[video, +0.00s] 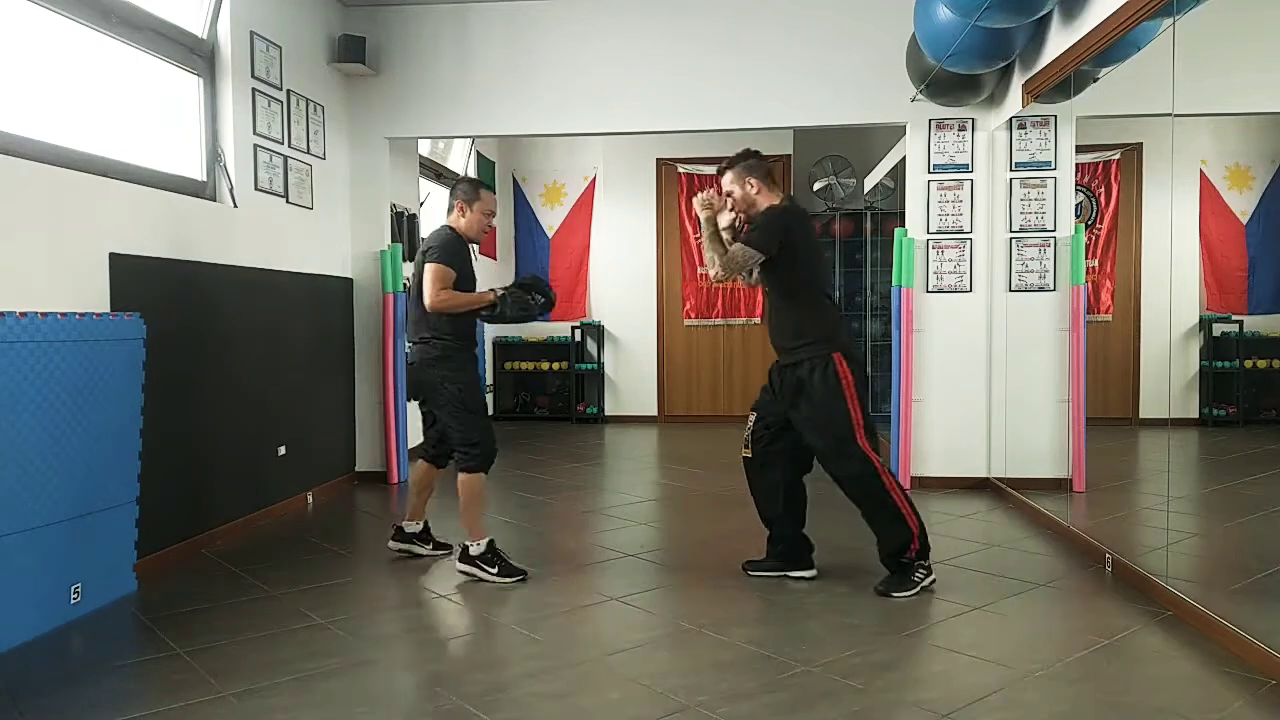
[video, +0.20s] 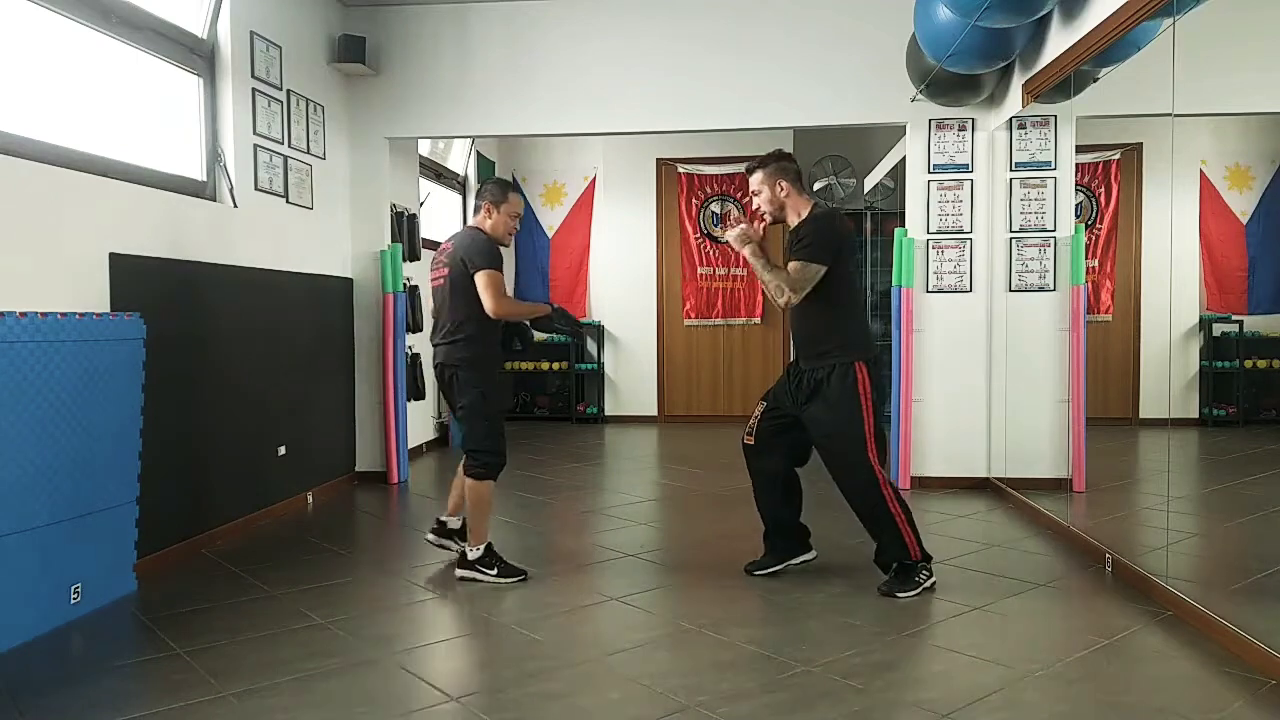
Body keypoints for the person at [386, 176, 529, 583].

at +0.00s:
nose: (490, 224)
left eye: (492, 217)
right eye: (486, 215)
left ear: (463, 213)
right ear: (460, 209)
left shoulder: (451, 245)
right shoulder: (444, 242)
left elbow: (454, 302)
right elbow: (435, 299)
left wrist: (498, 299)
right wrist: (492, 298)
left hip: (437, 365)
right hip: (446, 366)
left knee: (437, 447)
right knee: (474, 451)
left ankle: (411, 528)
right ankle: (477, 549)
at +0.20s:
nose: (517, 226)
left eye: (519, 219)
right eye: (513, 217)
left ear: (484, 214)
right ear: (487, 210)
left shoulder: (454, 245)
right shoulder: (479, 244)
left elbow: (459, 308)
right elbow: (496, 305)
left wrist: (513, 318)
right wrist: (546, 310)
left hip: (454, 361)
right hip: (472, 364)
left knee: (479, 448)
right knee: (486, 455)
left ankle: (450, 522)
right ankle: (476, 553)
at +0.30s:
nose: (524, 223)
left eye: (526, 216)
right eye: (520, 214)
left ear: (489, 211)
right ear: (494, 208)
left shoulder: (457, 244)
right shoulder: (491, 241)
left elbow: (433, 304)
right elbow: (504, 303)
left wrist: (484, 313)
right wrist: (552, 310)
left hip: (458, 358)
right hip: (480, 359)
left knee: (494, 450)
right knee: (499, 451)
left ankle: (488, 539)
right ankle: (482, 548)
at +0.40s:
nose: (523, 224)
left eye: (525, 216)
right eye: (519, 215)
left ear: (491, 212)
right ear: (494, 209)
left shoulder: (460, 245)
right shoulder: (488, 242)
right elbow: (500, 302)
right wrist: (548, 304)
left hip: (462, 366)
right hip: (489, 362)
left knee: (491, 450)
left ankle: (489, 544)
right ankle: (528, 512)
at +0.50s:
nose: (521, 224)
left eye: (522, 217)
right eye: (517, 215)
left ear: (490, 212)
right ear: (491, 209)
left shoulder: (467, 242)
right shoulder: (484, 239)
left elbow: (495, 300)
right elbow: (507, 296)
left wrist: (535, 289)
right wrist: (554, 293)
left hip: (469, 360)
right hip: (490, 351)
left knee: (498, 445)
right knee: (582, 366)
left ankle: (490, 544)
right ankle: (607, 454)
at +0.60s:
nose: (520, 223)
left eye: (521, 216)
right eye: (515, 214)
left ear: (489, 213)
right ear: (489, 209)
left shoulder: (471, 243)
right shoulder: (480, 239)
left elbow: (502, 296)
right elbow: (511, 292)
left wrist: (540, 278)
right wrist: (553, 277)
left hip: (474, 357)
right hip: (493, 339)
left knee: (499, 444)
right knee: (590, 324)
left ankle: (490, 543)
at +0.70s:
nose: (517, 222)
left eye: (519, 216)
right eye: (512, 214)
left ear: (490, 213)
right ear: (487, 209)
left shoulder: (485, 247)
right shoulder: (473, 240)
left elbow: (506, 295)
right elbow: (493, 296)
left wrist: (546, 286)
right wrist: (543, 277)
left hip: (483, 351)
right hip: (498, 334)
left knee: (503, 442)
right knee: (598, 314)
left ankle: (490, 544)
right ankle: (659, 372)